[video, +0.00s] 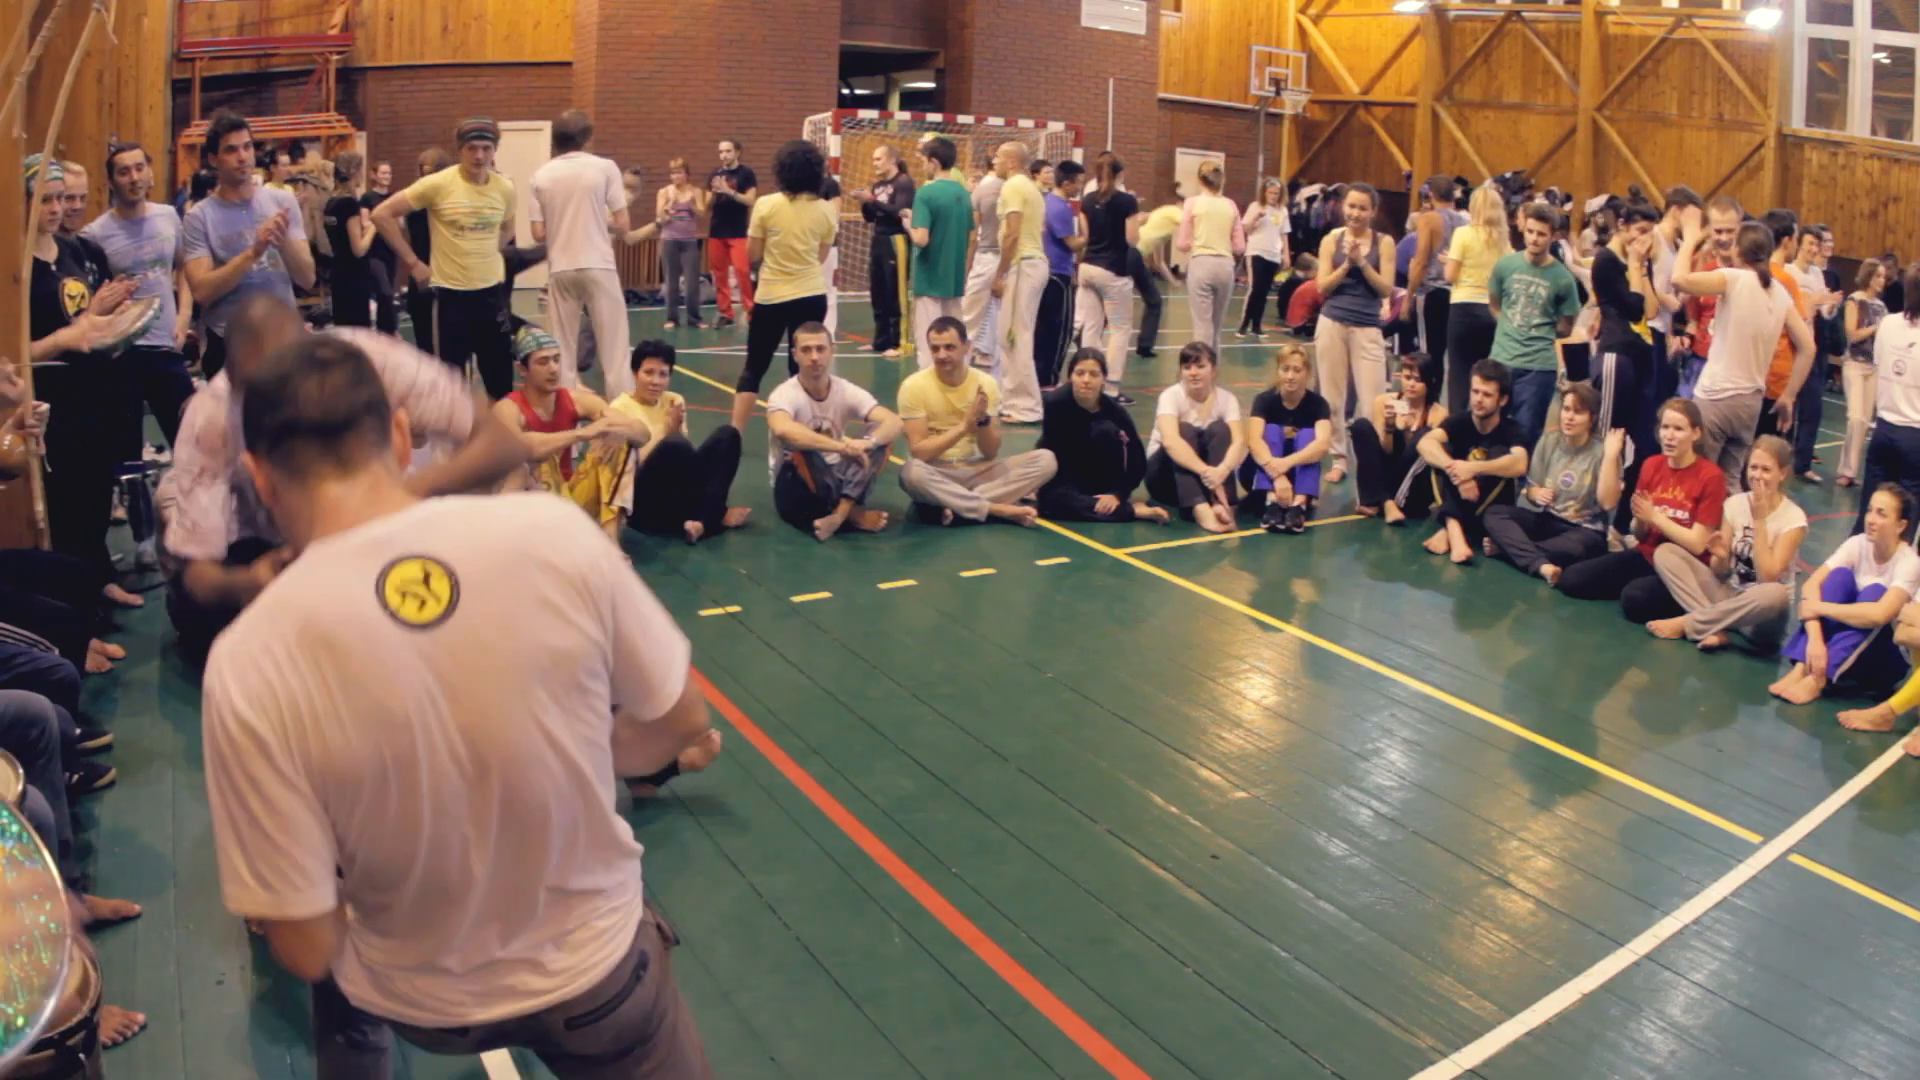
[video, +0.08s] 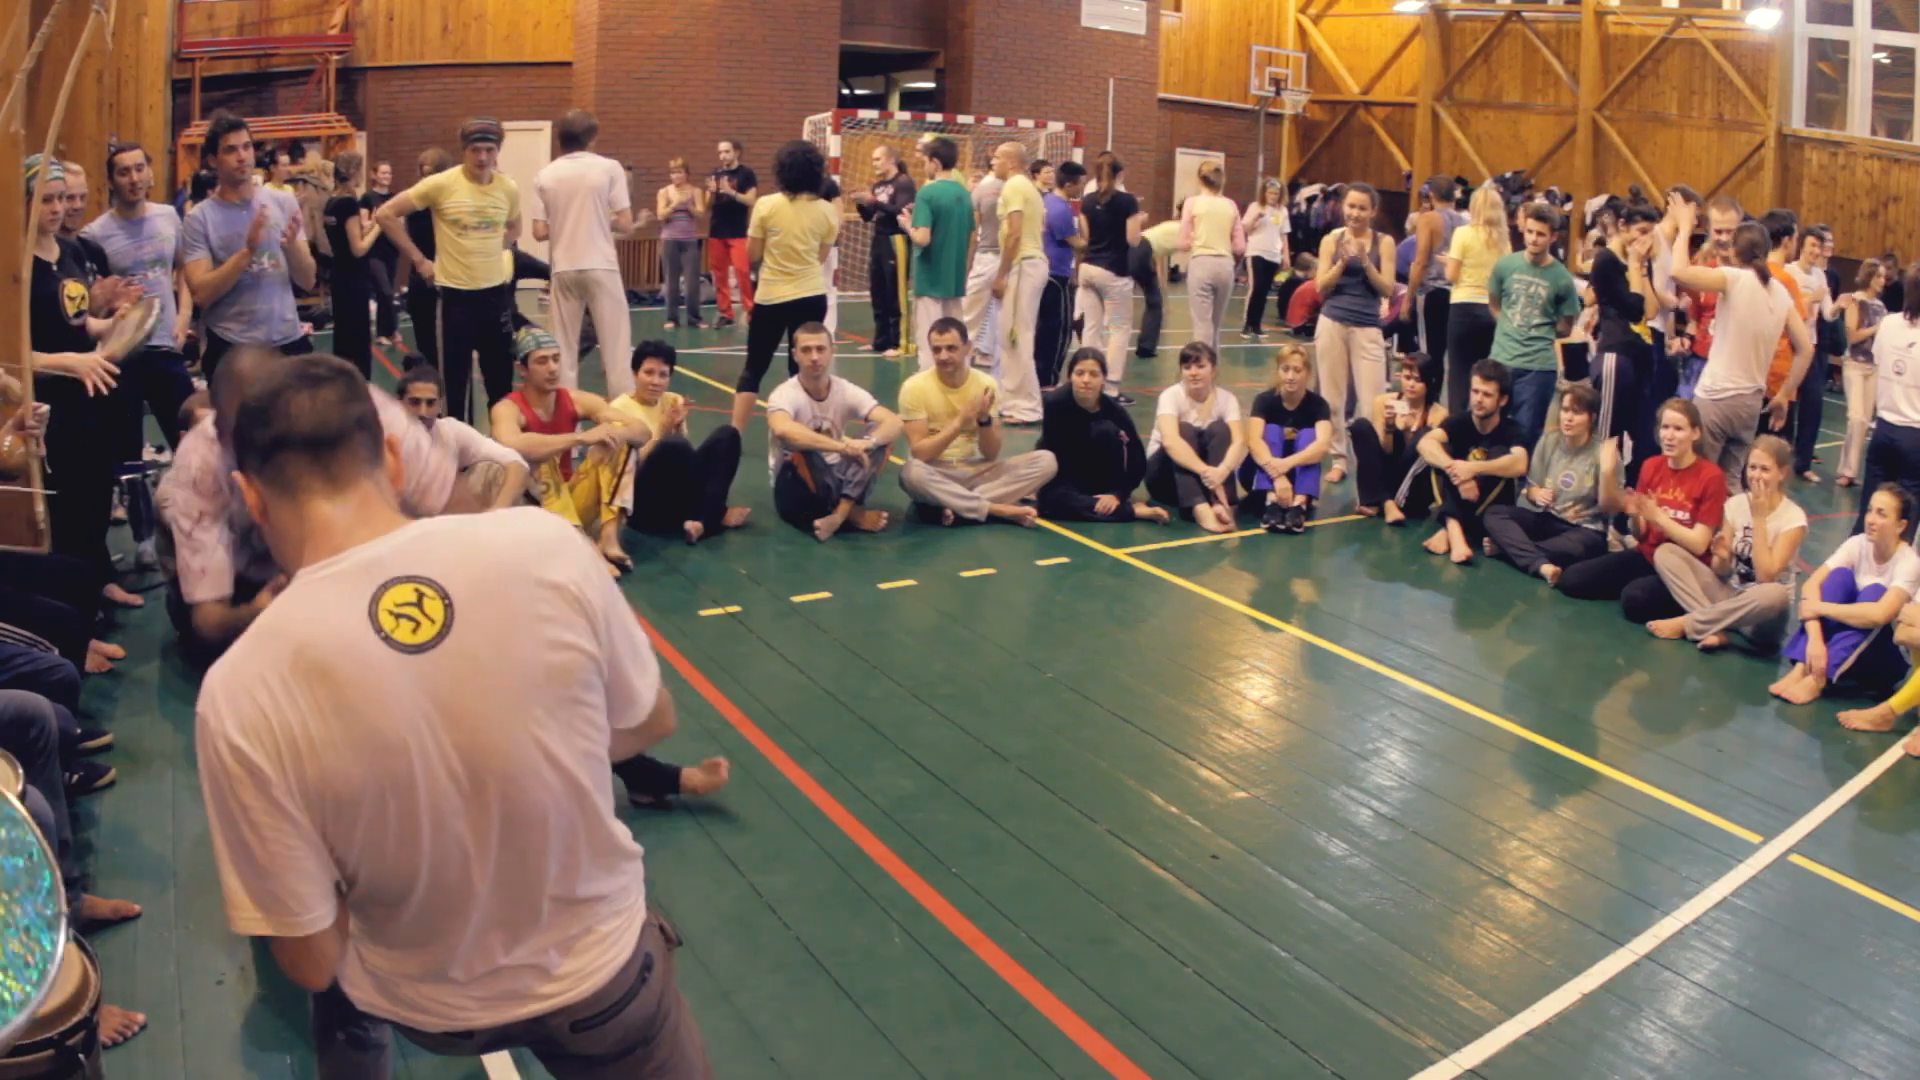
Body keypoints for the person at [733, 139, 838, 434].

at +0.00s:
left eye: (778, 167)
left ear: (780, 171)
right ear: (818, 172)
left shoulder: (765, 205)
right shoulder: (826, 210)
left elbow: (755, 252)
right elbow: (822, 255)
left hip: (771, 300)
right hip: (812, 298)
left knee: (753, 369)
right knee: (805, 368)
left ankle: (733, 438)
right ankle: (807, 437)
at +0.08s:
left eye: (778, 167)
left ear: (780, 171)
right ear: (817, 172)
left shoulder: (766, 205)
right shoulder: (827, 210)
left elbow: (754, 252)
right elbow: (823, 254)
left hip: (771, 300)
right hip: (812, 298)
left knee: (753, 369)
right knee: (804, 368)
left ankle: (733, 438)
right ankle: (806, 438)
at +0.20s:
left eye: (779, 167)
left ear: (780, 171)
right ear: (817, 172)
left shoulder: (765, 205)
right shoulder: (826, 210)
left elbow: (754, 252)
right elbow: (822, 255)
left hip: (771, 300)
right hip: (811, 298)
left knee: (753, 369)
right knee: (804, 368)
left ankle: (733, 438)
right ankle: (806, 437)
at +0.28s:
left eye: (779, 167)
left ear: (780, 171)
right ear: (818, 172)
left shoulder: (765, 205)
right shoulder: (827, 210)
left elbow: (754, 252)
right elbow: (822, 254)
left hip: (771, 300)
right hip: (811, 298)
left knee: (753, 369)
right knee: (804, 368)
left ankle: (733, 438)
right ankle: (806, 437)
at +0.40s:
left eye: (778, 166)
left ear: (779, 171)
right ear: (817, 172)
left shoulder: (765, 205)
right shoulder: (827, 211)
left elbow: (753, 252)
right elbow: (822, 255)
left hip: (771, 300)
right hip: (811, 298)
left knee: (753, 369)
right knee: (804, 368)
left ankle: (734, 438)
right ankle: (807, 437)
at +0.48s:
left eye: (778, 167)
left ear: (780, 171)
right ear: (817, 172)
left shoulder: (765, 205)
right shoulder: (827, 210)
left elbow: (753, 252)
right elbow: (822, 255)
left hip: (771, 300)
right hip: (811, 298)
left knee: (753, 369)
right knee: (804, 369)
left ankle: (734, 438)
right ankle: (807, 438)